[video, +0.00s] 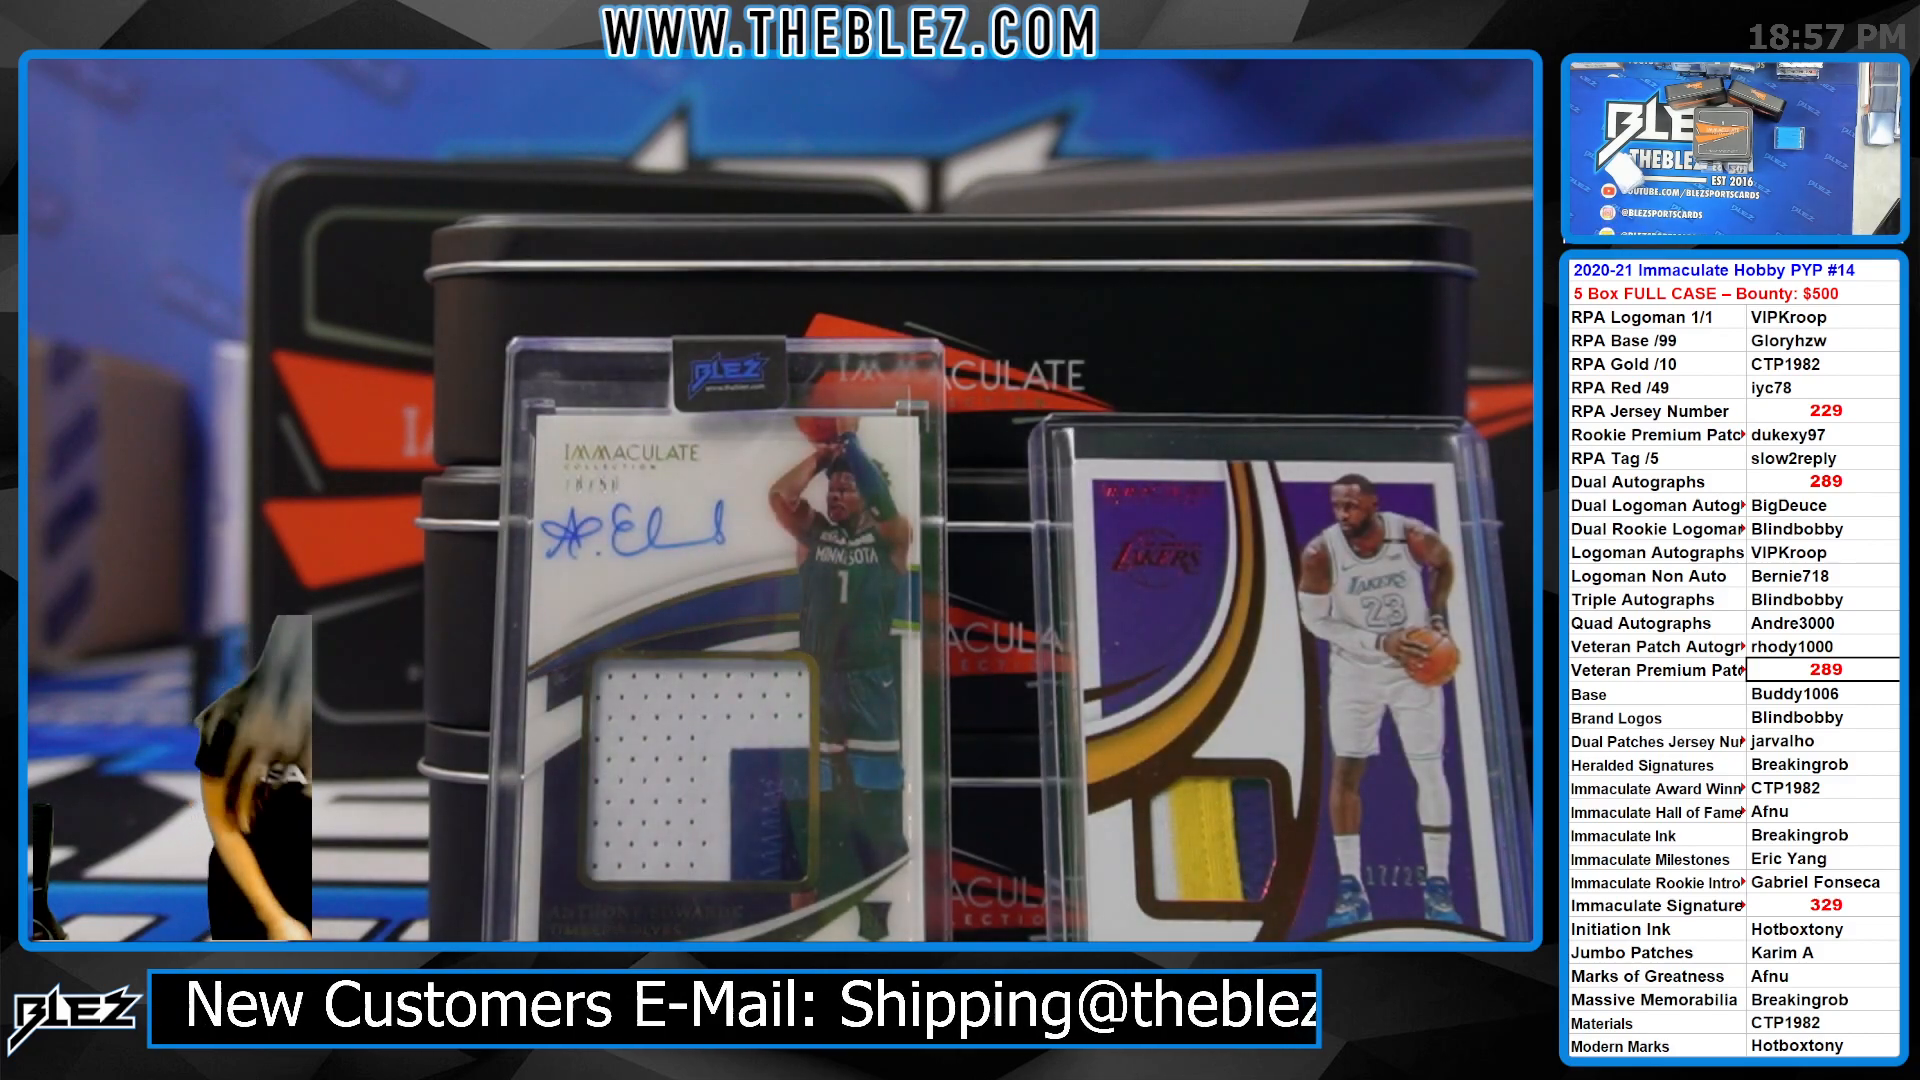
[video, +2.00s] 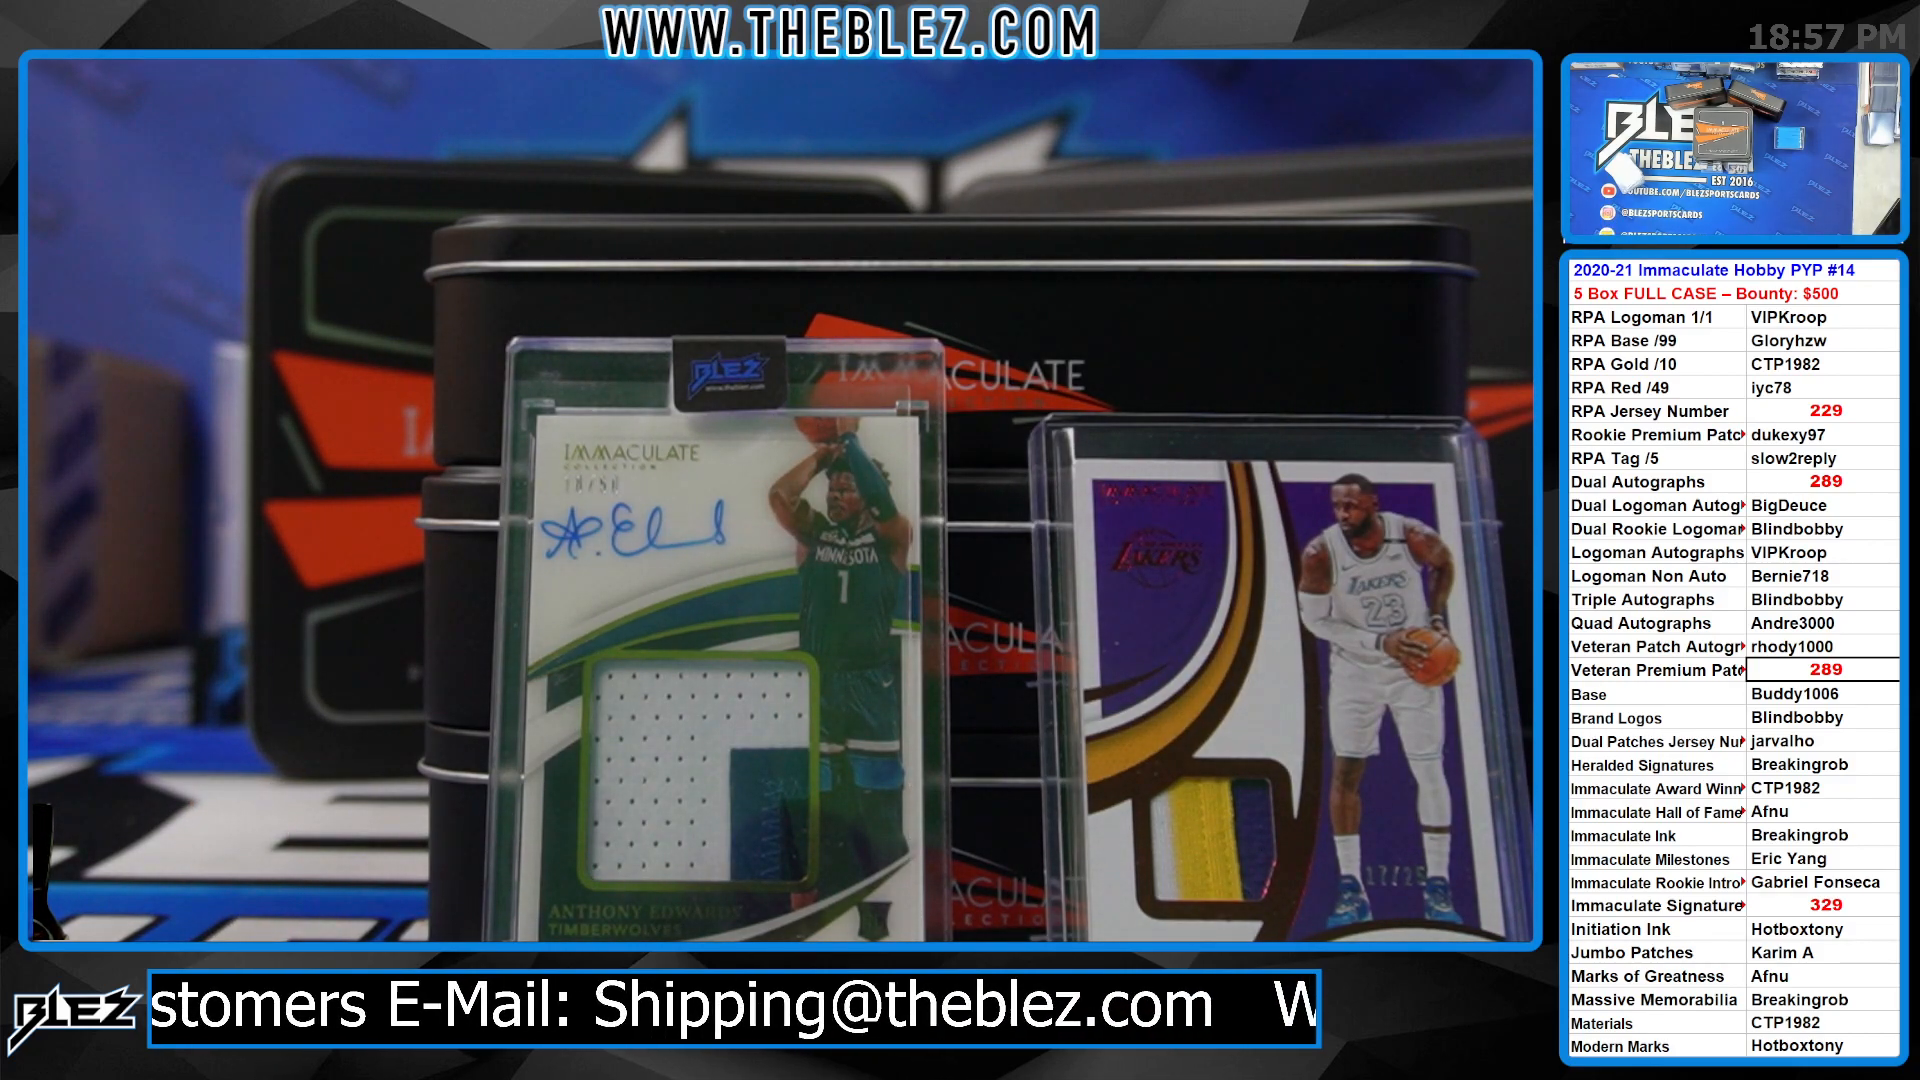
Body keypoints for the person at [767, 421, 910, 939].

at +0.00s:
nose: (839, 494)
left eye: (849, 488)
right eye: (834, 487)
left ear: (867, 495)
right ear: (826, 493)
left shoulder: (890, 540)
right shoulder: (814, 533)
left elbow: (889, 513)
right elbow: (780, 495)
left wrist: (856, 455)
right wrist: (818, 459)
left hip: (873, 680)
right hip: (818, 678)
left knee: (877, 796)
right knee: (824, 793)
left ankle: (878, 903)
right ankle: (824, 894)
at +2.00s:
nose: (841, 495)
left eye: (850, 488)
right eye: (835, 487)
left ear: (869, 494)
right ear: (827, 494)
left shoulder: (891, 539)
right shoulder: (815, 533)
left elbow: (882, 499)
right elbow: (780, 495)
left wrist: (850, 444)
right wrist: (819, 458)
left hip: (873, 679)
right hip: (818, 678)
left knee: (878, 798)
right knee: (822, 796)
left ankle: (877, 903)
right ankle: (819, 897)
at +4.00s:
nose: (841, 494)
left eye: (850, 487)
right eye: (835, 486)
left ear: (869, 494)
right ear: (827, 493)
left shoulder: (890, 539)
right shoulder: (815, 533)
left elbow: (883, 500)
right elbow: (780, 495)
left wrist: (850, 445)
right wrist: (819, 458)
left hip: (872, 678)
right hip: (817, 677)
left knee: (877, 799)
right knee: (824, 795)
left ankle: (878, 903)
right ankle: (824, 894)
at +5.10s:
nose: (835, 495)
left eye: (844, 488)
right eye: (829, 488)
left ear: (862, 494)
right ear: (821, 494)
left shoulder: (884, 539)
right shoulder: (808, 532)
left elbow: (875, 497)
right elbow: (776, 496)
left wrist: (844, 445)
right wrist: (814, 459)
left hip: (866, 678)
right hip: (813, 677)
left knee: (873, 795)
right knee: (818, 793)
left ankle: (872, 895)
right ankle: (816, 887)